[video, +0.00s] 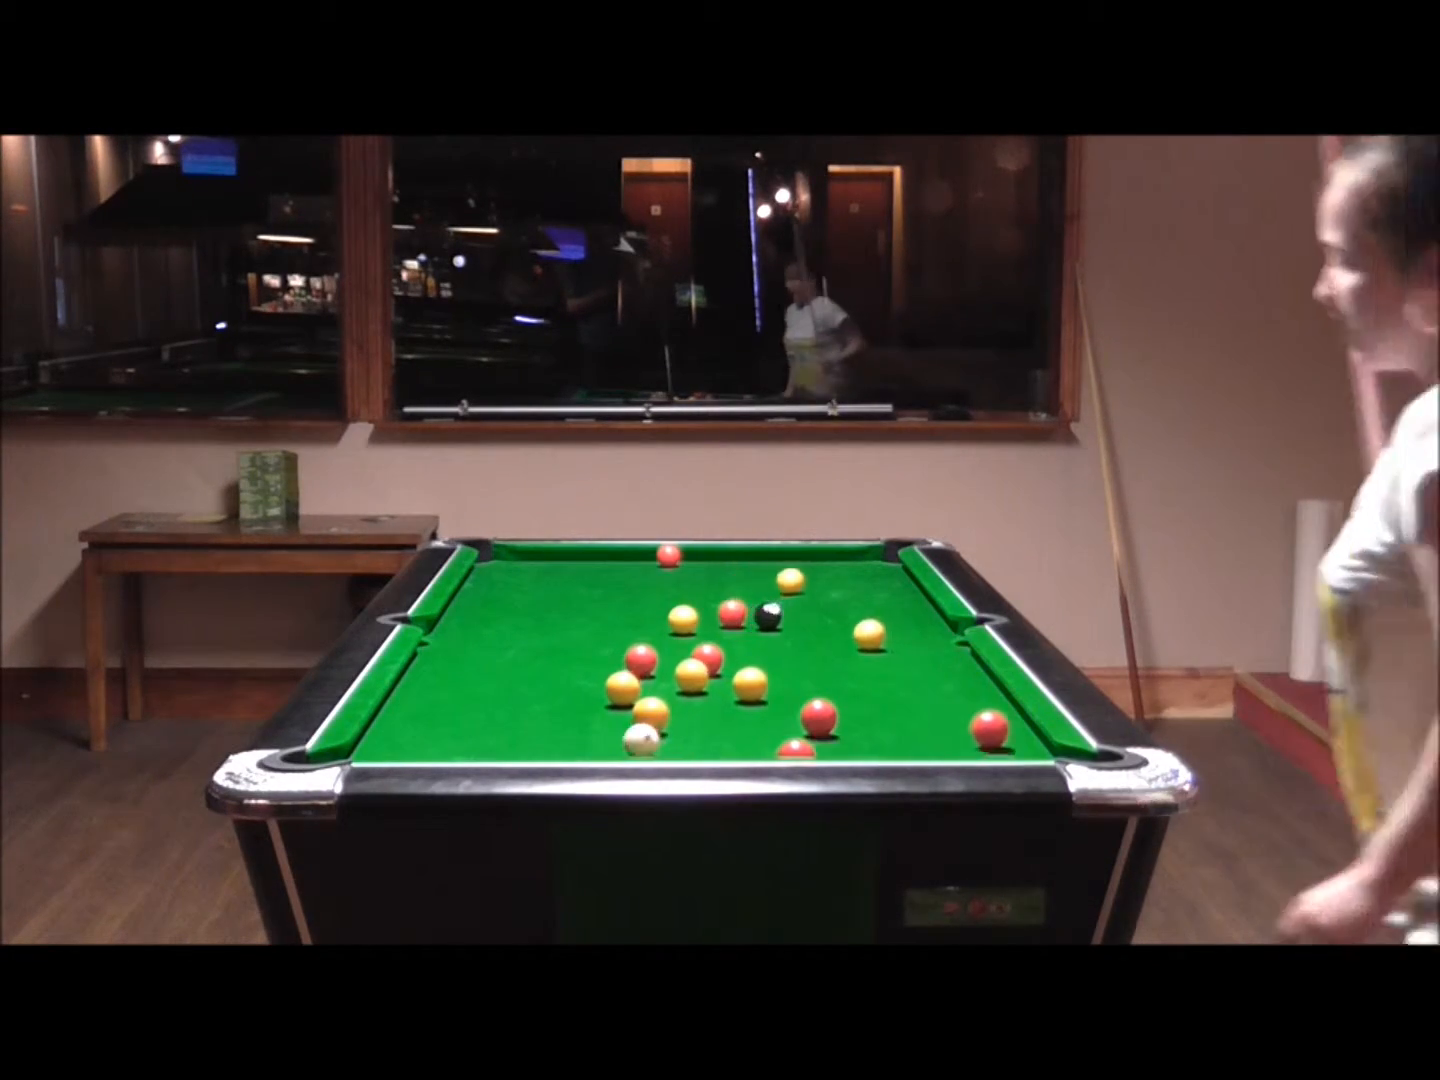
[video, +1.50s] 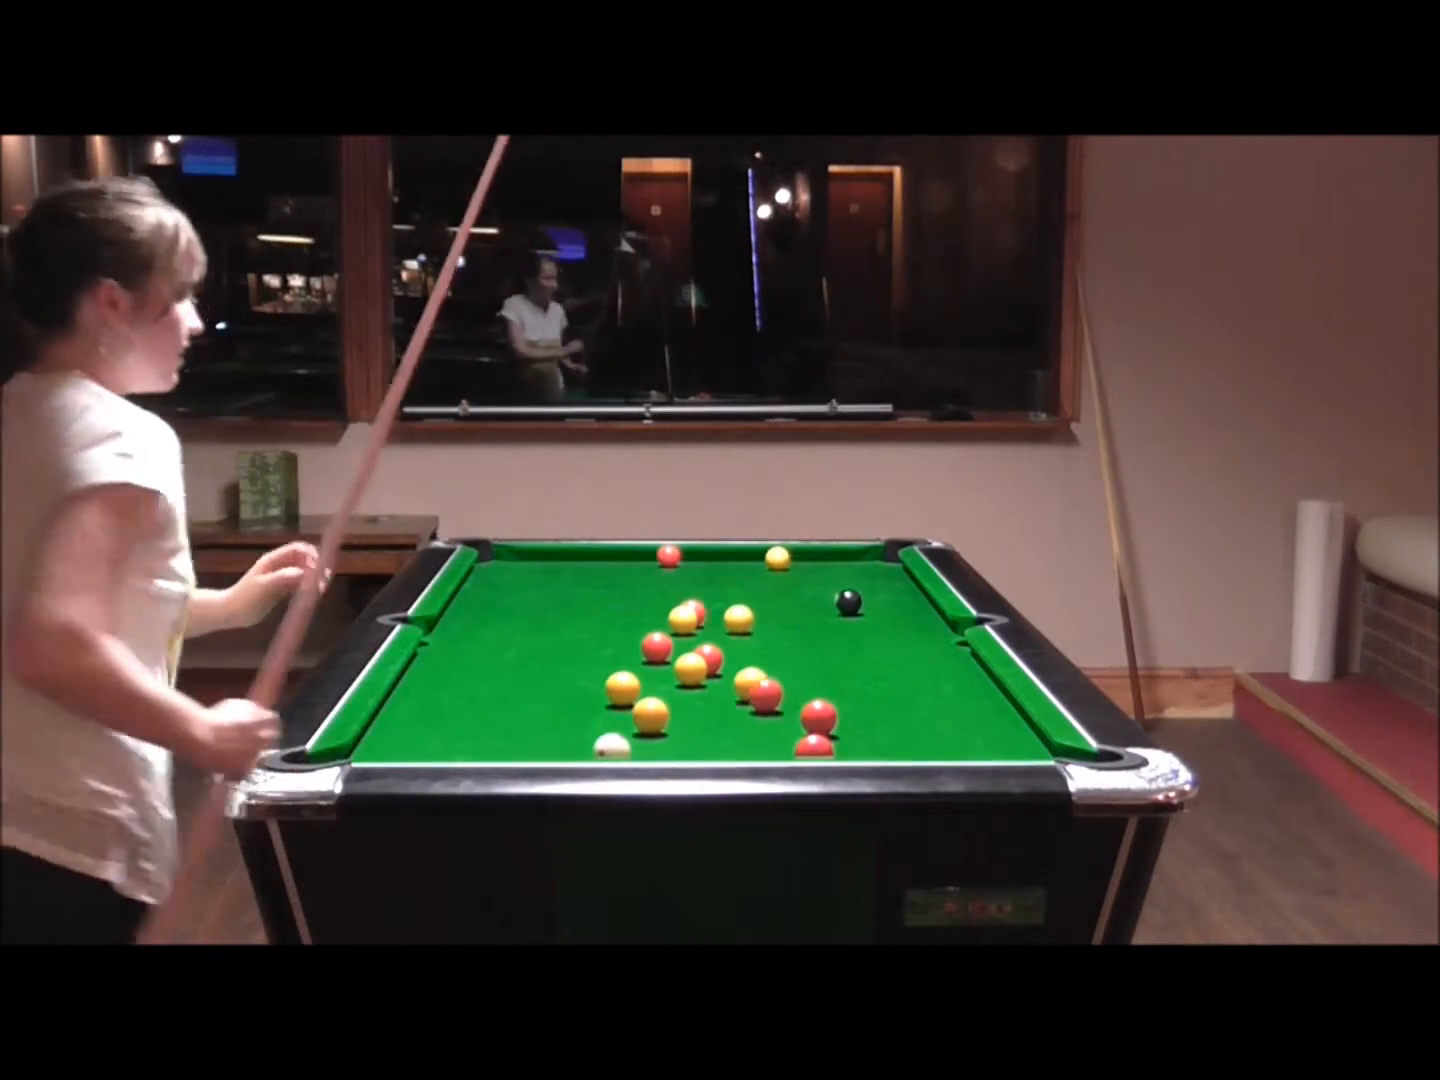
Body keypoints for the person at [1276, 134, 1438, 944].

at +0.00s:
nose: (1323, 288)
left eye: (1342, 261)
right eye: (1328, 259)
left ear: (1424, 281)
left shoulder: (1428, 449)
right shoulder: (1418, 429)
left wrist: (1375, 879)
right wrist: (1380, 876)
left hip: (1428, 908)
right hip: (1414, 899)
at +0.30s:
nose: (1042, 308)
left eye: (1050, 279)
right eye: (1041, 280)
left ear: (1110, 288)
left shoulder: (1160, 470)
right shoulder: (1291, 431)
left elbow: (1128, 762)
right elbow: (1399, 610)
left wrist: (982, 844)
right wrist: (1252, 686)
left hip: (1214, 922)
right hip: (1330, 893)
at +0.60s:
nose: (739, 292)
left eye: (740, 269)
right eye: (740, 268)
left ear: (765, 280)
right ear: (887, 270)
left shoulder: (751, 442)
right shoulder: (977, 430)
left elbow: (722, 710)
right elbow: (1082, 632)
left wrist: (658, 836)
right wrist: (939, 679)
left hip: (817, 872)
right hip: (960, 851)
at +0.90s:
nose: (551, 298)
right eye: (549, 280)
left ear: (397, 283)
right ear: (530, 287)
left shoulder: (311, 452)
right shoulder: (606, 440)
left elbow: (231, 724)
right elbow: (710, 670)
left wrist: (273, 809)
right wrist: (667, 688)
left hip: (375, 891)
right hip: (569, 885)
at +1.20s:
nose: (312, 310)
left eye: (318, 285)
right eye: (310, 283)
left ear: (155, 265)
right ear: (256, 274)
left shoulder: (30, 429)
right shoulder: (313, 411)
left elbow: (18, 664)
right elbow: (376, 633)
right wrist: (475, 677)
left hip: (84, 891)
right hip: (291, 878)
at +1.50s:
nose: (195, 322)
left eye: (191, 299)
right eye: (180, 298)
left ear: (104, 307)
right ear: (110, 303)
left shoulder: (21, 408)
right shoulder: (123, 436)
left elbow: (94, 602)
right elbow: (51, 638)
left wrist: (229, 607)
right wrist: (199, 731)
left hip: (13, 831)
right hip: (73, 854)